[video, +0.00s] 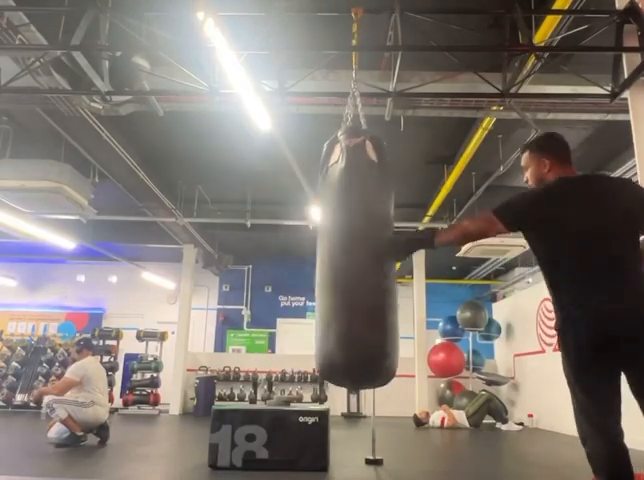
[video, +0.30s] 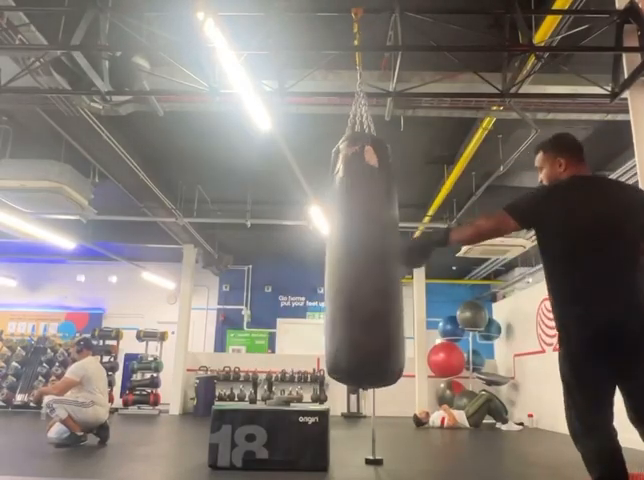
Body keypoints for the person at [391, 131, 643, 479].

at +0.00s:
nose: (526, 179)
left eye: (527, 169)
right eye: (524, 171)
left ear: (546, 163)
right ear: (565, 162)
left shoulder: (535, 202)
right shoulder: (625, 190)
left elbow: (470, 229)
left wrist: (421, 240)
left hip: (586, 333)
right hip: (637, 323)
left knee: (602, 434)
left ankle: (617, 476)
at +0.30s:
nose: (539, 180)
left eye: (541, 170)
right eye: (538, 171)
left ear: (562, 164)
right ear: (577, 164)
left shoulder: (549, 197)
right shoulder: (632, 195)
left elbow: (487, 227)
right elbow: (642, 254)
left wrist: (435, 239)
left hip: (585, 336)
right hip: (636, 331)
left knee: (591, 430)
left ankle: (614, 477)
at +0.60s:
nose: (572, 185)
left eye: (576, 175)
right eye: (571, 178)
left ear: (604, 169)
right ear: (608, 172)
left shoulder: (612, 197)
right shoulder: (629, 197)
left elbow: (626, 247)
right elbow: (630, 255)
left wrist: (591, 308)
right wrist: (596, 281)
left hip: (630, 331)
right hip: (631, 329)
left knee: (598, 427)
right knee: (602, 426)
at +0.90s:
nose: (584, 177)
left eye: (586, 165)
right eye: (581, 169)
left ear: (613, 154)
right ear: (614, 157)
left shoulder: (632, 196)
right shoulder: (629, 194)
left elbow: (634, 262)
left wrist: (614, 266)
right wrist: (612, 259)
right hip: (641, 303)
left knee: (632, 385)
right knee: (631, 384)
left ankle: (631, 466)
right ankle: (629, 463)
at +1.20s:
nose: (565, 199)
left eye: (566, 188)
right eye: (562, 192)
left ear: (592, 177)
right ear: (592, 180)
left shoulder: (631, 202)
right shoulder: (620, 209)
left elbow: (642, 253)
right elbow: (629, 258)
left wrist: (599, 270)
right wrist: (590, 263)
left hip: (640, 325)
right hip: (636, 324)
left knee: (627, 414)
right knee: (626, 412)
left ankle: (630, 471)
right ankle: (629, 469)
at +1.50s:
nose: (527, 201)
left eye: (528, 191)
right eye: (524, 194)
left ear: (549, 181)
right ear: (555, 181)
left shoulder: (576, 203)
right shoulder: (603, 202)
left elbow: (580, 253)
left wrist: (525, 259)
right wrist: (540, 242)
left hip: (603, 324)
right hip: (632, 321)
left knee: (549, 409)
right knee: (640, 410)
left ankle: (558, 475)